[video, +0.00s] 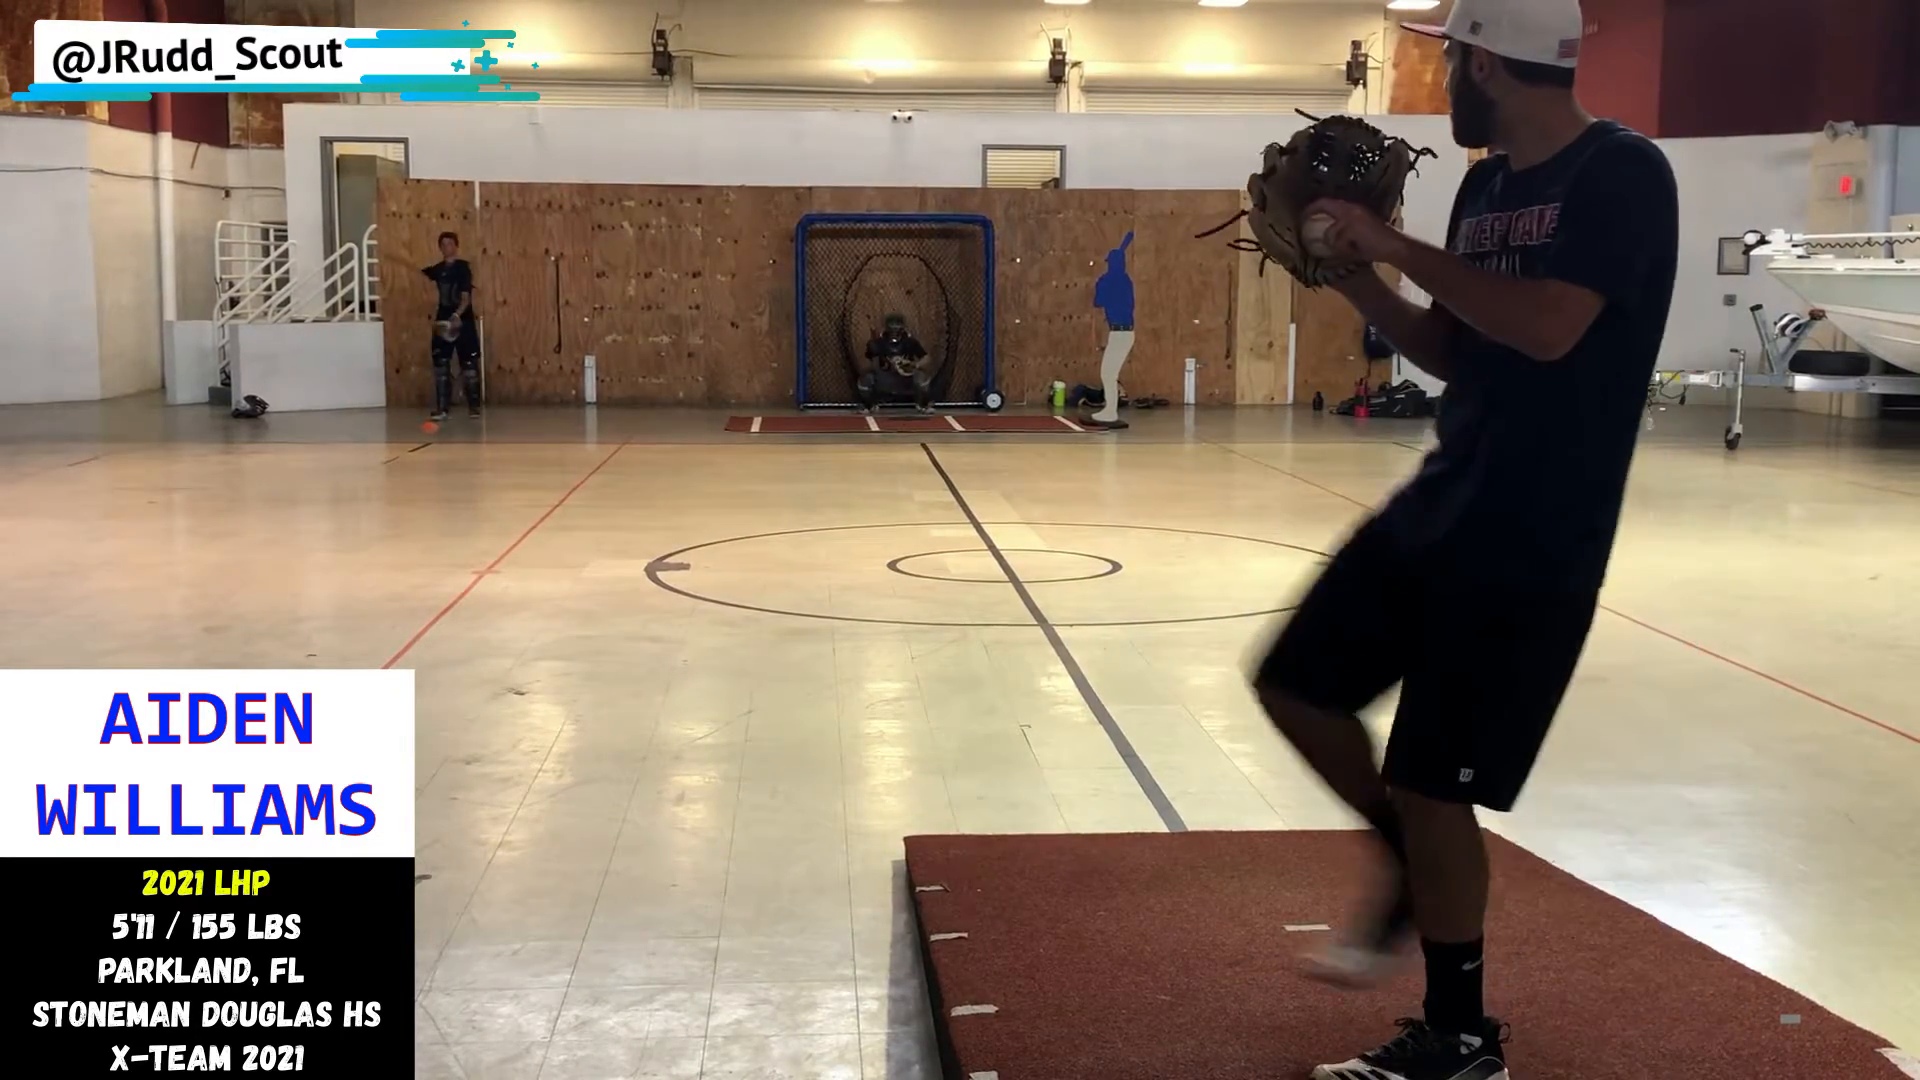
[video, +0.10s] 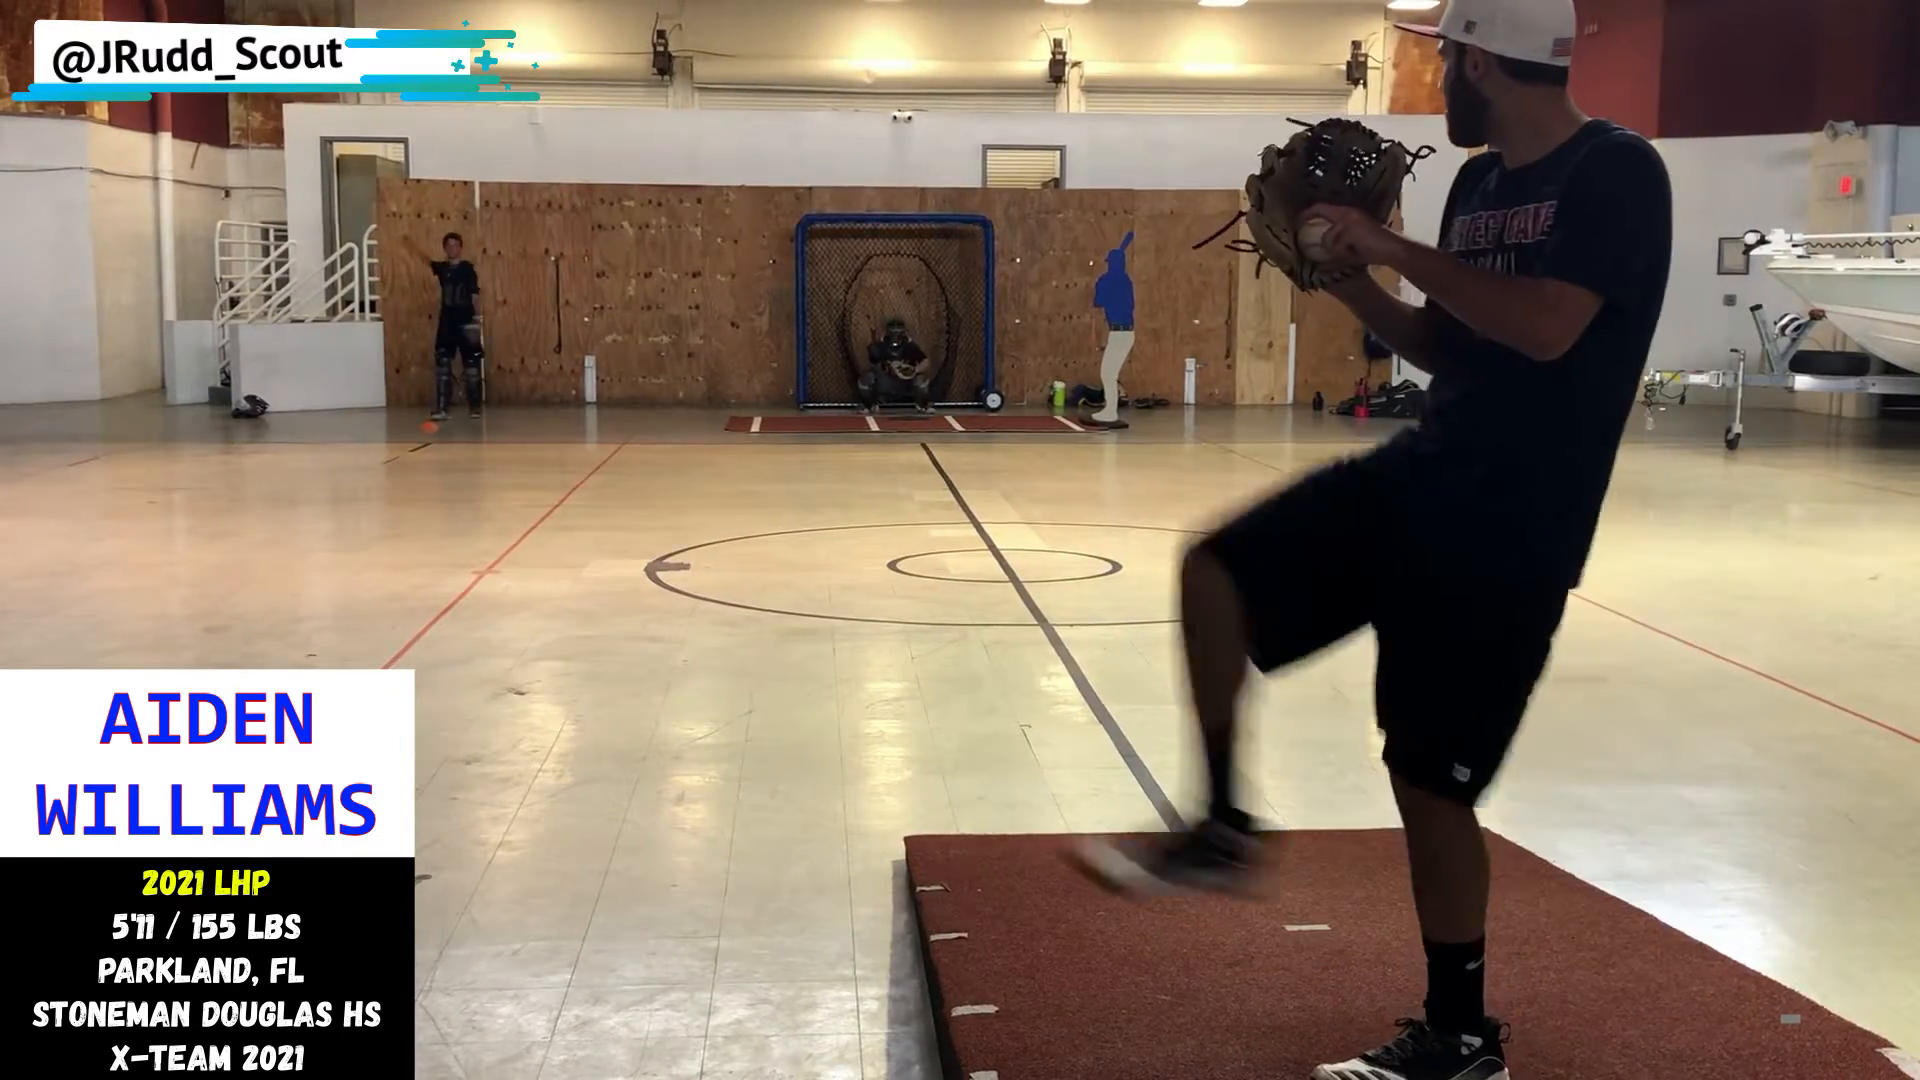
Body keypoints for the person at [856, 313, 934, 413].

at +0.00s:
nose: (895, 331)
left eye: (898, 328)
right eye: (892, 328)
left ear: (903, 327)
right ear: (886, 327)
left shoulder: (910, 342)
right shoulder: (877, 344)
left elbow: (926, 358)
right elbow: (873, 365)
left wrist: (915, 365)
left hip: (907, 377)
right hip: (886, 377)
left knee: (921, 377)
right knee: (866, 380)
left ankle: (921, 405)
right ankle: (871, 406)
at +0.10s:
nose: (896, 335)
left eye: (899, 332)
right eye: (893, 332)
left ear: (904, 332)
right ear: (887, 332)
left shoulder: (910, 346)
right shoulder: (880, 347)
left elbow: (925, 362)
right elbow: (874, 365)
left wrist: (914, 370)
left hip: (907, 382)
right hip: (887, 382)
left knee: (921, 380)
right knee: (866, 379)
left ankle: (922, 406)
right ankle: (871, 405)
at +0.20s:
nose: (897, 337)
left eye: (900, 334)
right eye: (893, 334)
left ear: (904, 335)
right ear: (888, 335)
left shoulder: (911, 349)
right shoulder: (881, 350)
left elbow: (925, 366)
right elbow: (875, 368)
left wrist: (914, 373)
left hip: (907, 383)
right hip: (887, 384)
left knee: (921, 381)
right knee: (867, 379)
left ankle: (922, 406)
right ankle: (871, 405)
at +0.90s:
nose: (894, 337)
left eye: (898, 334)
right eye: (891, 334)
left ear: (902, 337)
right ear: (887, 337)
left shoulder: (908, 352)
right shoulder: (878, 352)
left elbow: (919, 370)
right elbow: (871, 370)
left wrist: (914, 383)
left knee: (919, 385)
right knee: (866, 380)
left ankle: (921, 406)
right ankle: (869, 406)